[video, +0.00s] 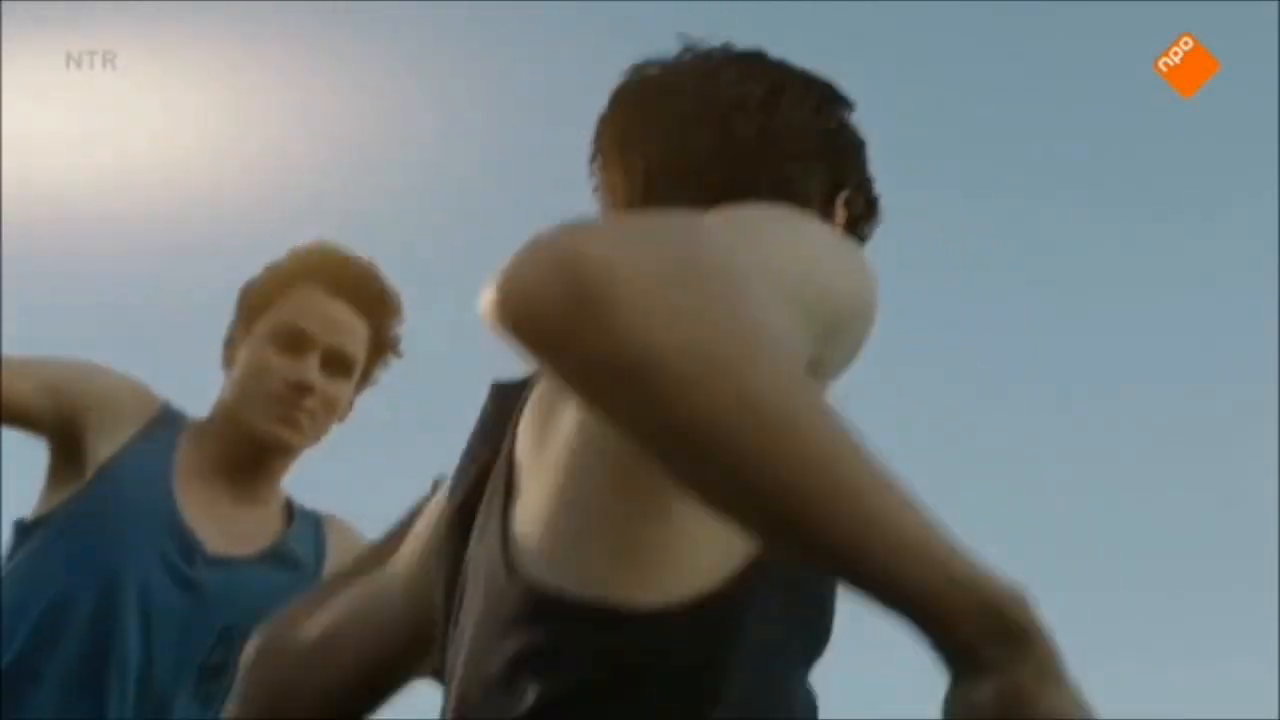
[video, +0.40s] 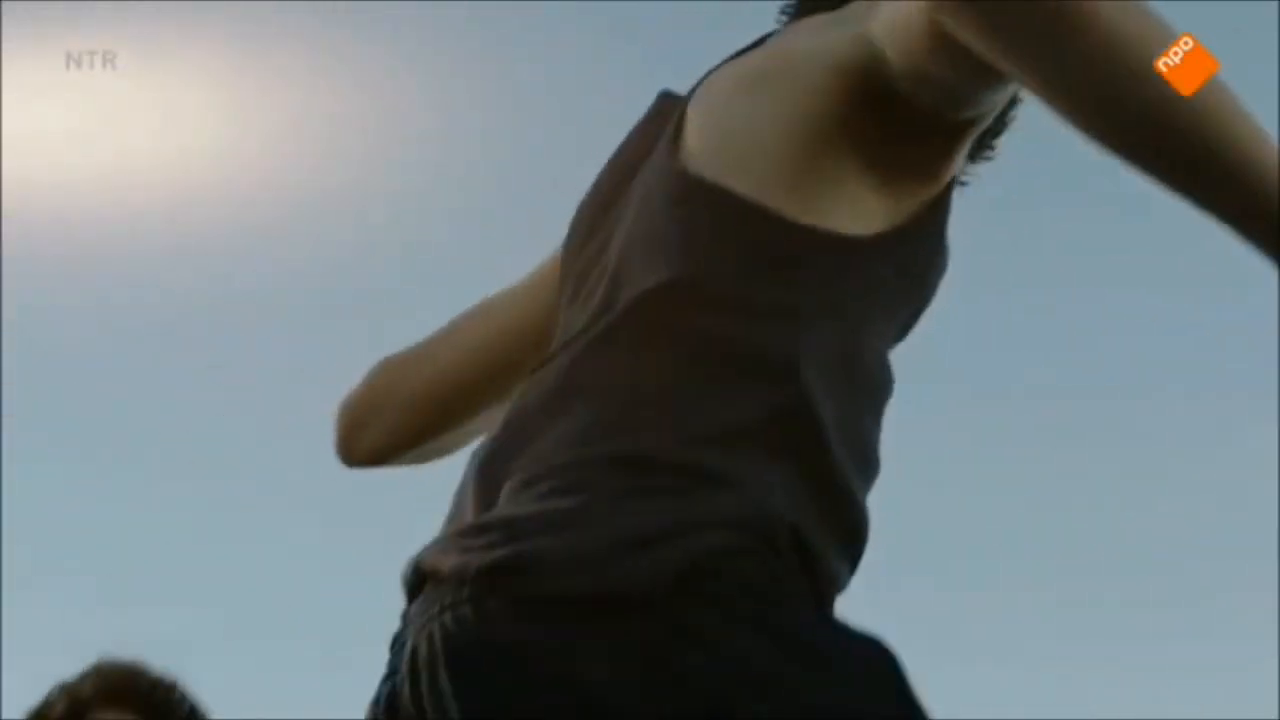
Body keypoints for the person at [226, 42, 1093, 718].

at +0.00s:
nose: (591, 231)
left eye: (611, 205)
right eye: (595, 210)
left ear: (650, 204)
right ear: (835, 211)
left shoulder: (507, 442)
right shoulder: (809, 265)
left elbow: (282, 678)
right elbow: (562, 283)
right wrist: (991, 632)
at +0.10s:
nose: (883, 252)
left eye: (886, 217)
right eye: (882, 200)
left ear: (664, 133)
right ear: (843, 149)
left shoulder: (524, 377)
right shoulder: (824, 179)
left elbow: (266, 604)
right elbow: (662, 161)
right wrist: (1049, 519)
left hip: (481, 694)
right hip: (613, 678)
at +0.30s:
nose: (934, 164)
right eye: (916, 131)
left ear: (744, 33)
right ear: (828, 35)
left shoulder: (588, 248)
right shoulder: (809, 94)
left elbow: (318, 454)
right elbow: (882, 11)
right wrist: (1224, 343)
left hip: (458, 666)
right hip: (629, 656)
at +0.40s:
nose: (976, 136)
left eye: (995, 118)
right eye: (974, 103)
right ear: (906, 33)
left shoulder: (630, 210)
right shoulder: (869, 59)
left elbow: (371, 421)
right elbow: (986, 8)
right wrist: (1275, 212)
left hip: (447, 657)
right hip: (657, 625)